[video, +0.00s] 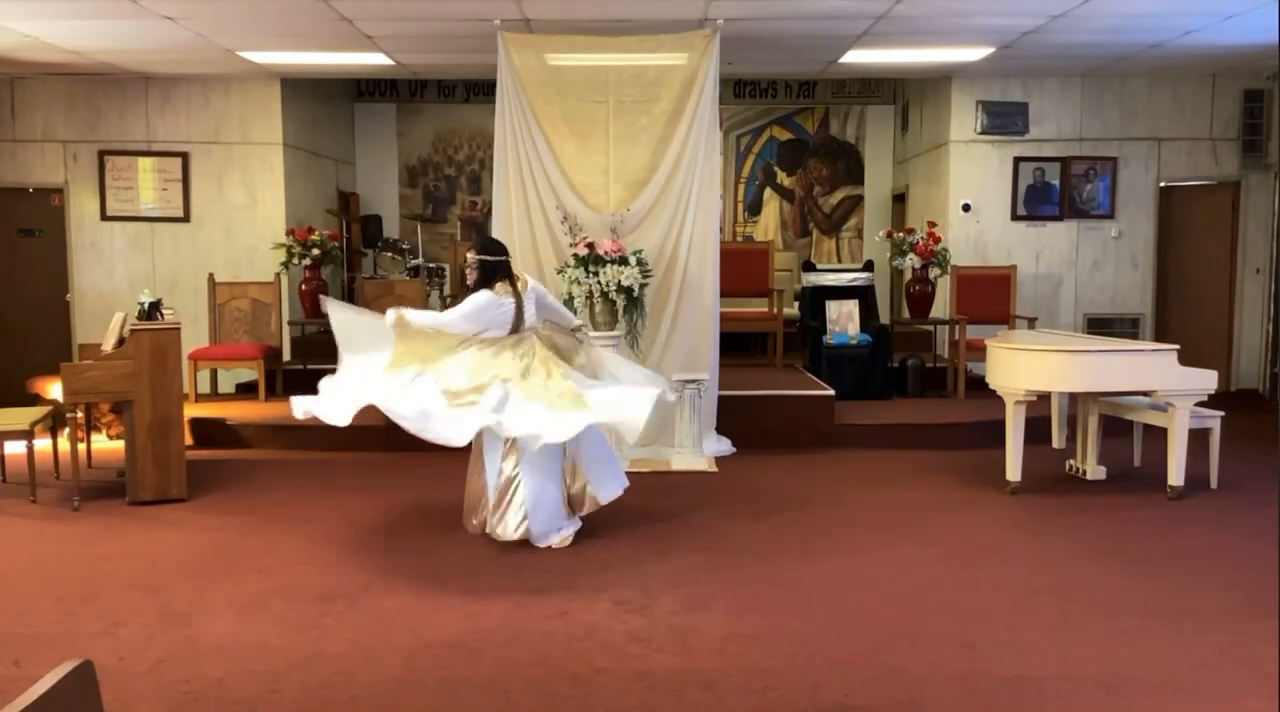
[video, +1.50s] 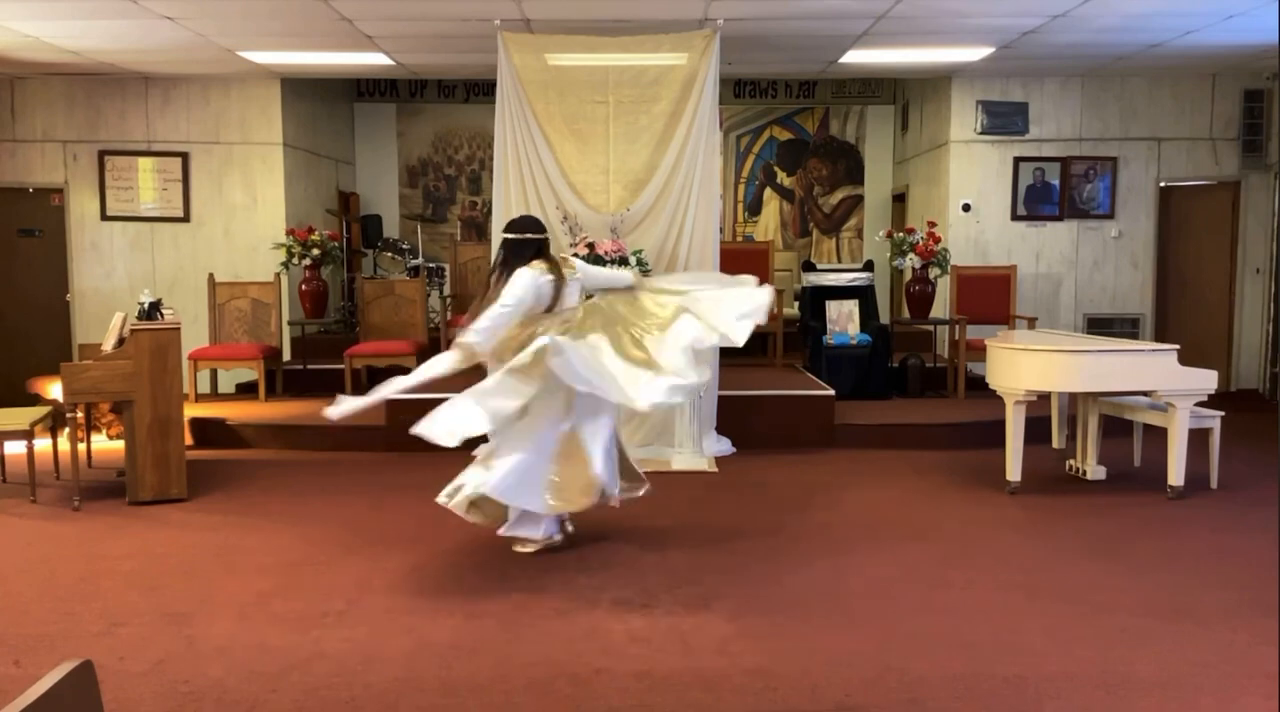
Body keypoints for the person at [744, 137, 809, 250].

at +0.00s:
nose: (777, 159)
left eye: (782, 155)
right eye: (777, 155)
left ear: (795, 157)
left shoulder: (805, 177)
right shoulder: (772, 175)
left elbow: (798, 199)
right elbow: (753, 211)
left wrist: (772, 183)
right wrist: (762, 183)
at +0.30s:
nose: (777, 159)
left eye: (782, 155)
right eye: (777, 155)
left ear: (795, 157)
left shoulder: (805, 177)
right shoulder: (772, 175)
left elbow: (798, 199)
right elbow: (753, 211)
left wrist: (772, 183)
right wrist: (762, 183)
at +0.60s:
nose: (777, 159)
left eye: (781, 155)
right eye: (777, 155)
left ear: (794, 157)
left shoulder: (805, 177)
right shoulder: (772, 175)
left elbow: (798, 199)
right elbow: (753, 211)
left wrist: (772, 183)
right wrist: (762, 183)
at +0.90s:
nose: (777, 159)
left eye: (781, 155)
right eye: (777, 155)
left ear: (794, 157)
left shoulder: (805, 177)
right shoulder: (772, 175)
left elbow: (798, 199)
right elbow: (753, 211)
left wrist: (772, 183)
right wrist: (762, 183)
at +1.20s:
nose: (777, 159)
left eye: (781, 155)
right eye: (777, 155)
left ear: (794, 157)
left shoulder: (805, 177)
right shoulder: (772, 175)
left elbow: (798, 199)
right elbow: (753, 211)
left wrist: (772, 183)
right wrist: (762, 183)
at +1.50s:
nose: (777, 158)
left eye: (781, 154)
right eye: (777, 154)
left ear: (794, 156)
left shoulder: (805, 178)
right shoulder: (772, 176)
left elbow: (798, 199)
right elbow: (753, 212)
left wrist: (772, 183)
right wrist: (762, 184)